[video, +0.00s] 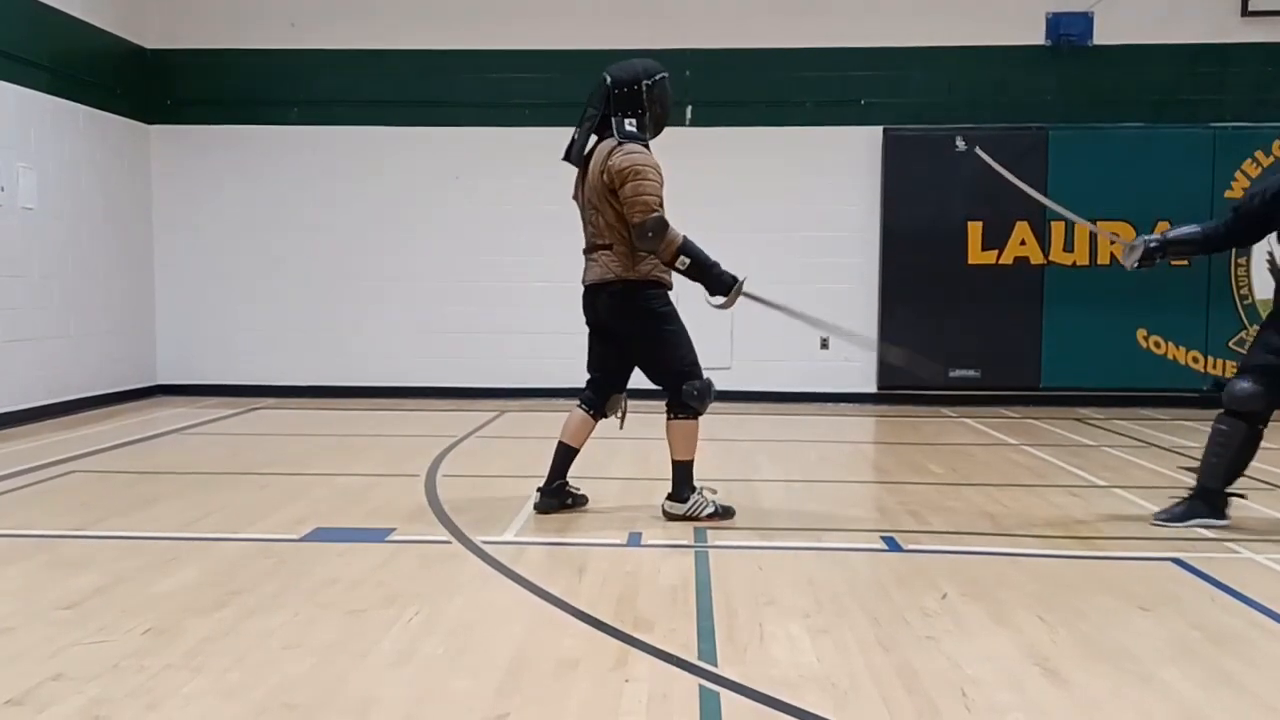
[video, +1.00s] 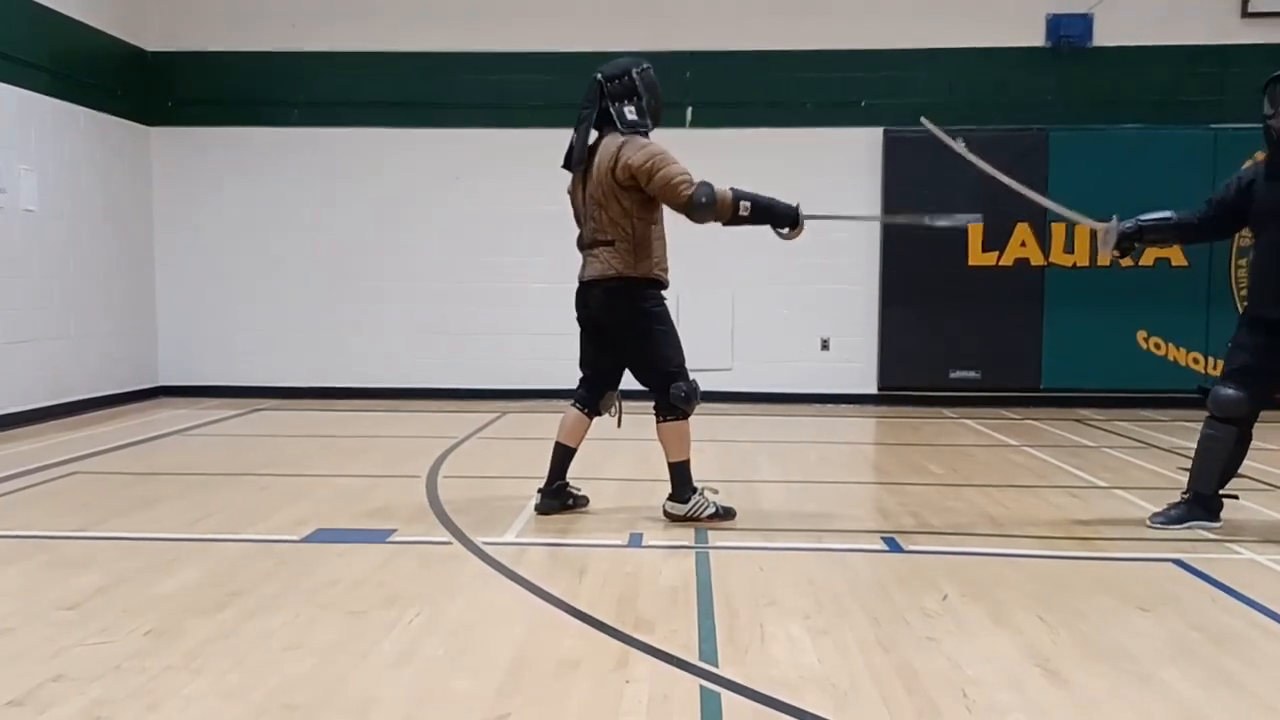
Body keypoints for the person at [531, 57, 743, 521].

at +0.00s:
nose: (665, 107)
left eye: (663, 97)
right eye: (660, 98)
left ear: (616, 102)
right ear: (645, 102)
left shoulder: (599, 154)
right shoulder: (633, 158)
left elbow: (617, 234)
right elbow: (651, 233)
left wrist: (684, 263)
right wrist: (714, 275)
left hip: (603, 293)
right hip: (637, 294)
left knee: (601, 392)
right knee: (688, 388)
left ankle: (553, 486)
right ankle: (682, 494)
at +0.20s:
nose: (656, 102)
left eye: (653, 93)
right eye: (651, 94)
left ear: (606, 101)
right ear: (637, 99)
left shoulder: (592, 152)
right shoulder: (630, 157)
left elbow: (597, 230)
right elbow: (644, 233)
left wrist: (669, 261)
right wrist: (698, 276)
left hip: (598, 293)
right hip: (632, 293)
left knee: (598, 391)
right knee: (680, 389)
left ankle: (553, 487)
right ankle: (683, 495)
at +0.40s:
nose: (648, 101)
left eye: (645, 92)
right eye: (642, 93)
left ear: (599, 101)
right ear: (627, 99)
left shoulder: (588, 152)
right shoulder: (624, 155)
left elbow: (631, 224)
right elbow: (644, 228)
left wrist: (703, 247)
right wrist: (712, 251)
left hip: (594, 293)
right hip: (629, 294)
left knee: (596, 389)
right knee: (674, 390)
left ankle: (553, 487)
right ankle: (682, 495)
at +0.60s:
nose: (644, 101)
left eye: (640, 92)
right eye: (638, 93)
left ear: (594, 101)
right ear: (625, 99)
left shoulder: (582, 151)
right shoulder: (622, 154)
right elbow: (665, 220)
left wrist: (715, 242)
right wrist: (734, 246)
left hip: (592, 293)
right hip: (628, 293)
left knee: (594, 390)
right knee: (670, 390)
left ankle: (552, 486)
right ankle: (683, 495)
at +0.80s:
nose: (646, 100)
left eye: (641, 91)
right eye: (640, 93)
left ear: (596, 102)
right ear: (629, 99)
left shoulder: (584, 152)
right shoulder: (625, 153)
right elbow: (678, 211)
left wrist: (712, 224)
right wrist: (743, 223)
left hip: (593, 293)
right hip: (629, 293)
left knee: (594, 390)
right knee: (671, 389)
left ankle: (553, 487)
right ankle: (683, 494)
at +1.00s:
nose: (655, 105)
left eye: (651, 96)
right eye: (650, 97)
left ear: (604, 104)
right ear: (638, 101)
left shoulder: (588, 153)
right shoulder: (639, 152)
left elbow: (584, 219)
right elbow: (699, 201)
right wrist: (775, 212)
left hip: (595, 293)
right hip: (634, 294)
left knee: (594, 389)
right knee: (674, 390)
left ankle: (553, 487)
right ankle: (683, 495)